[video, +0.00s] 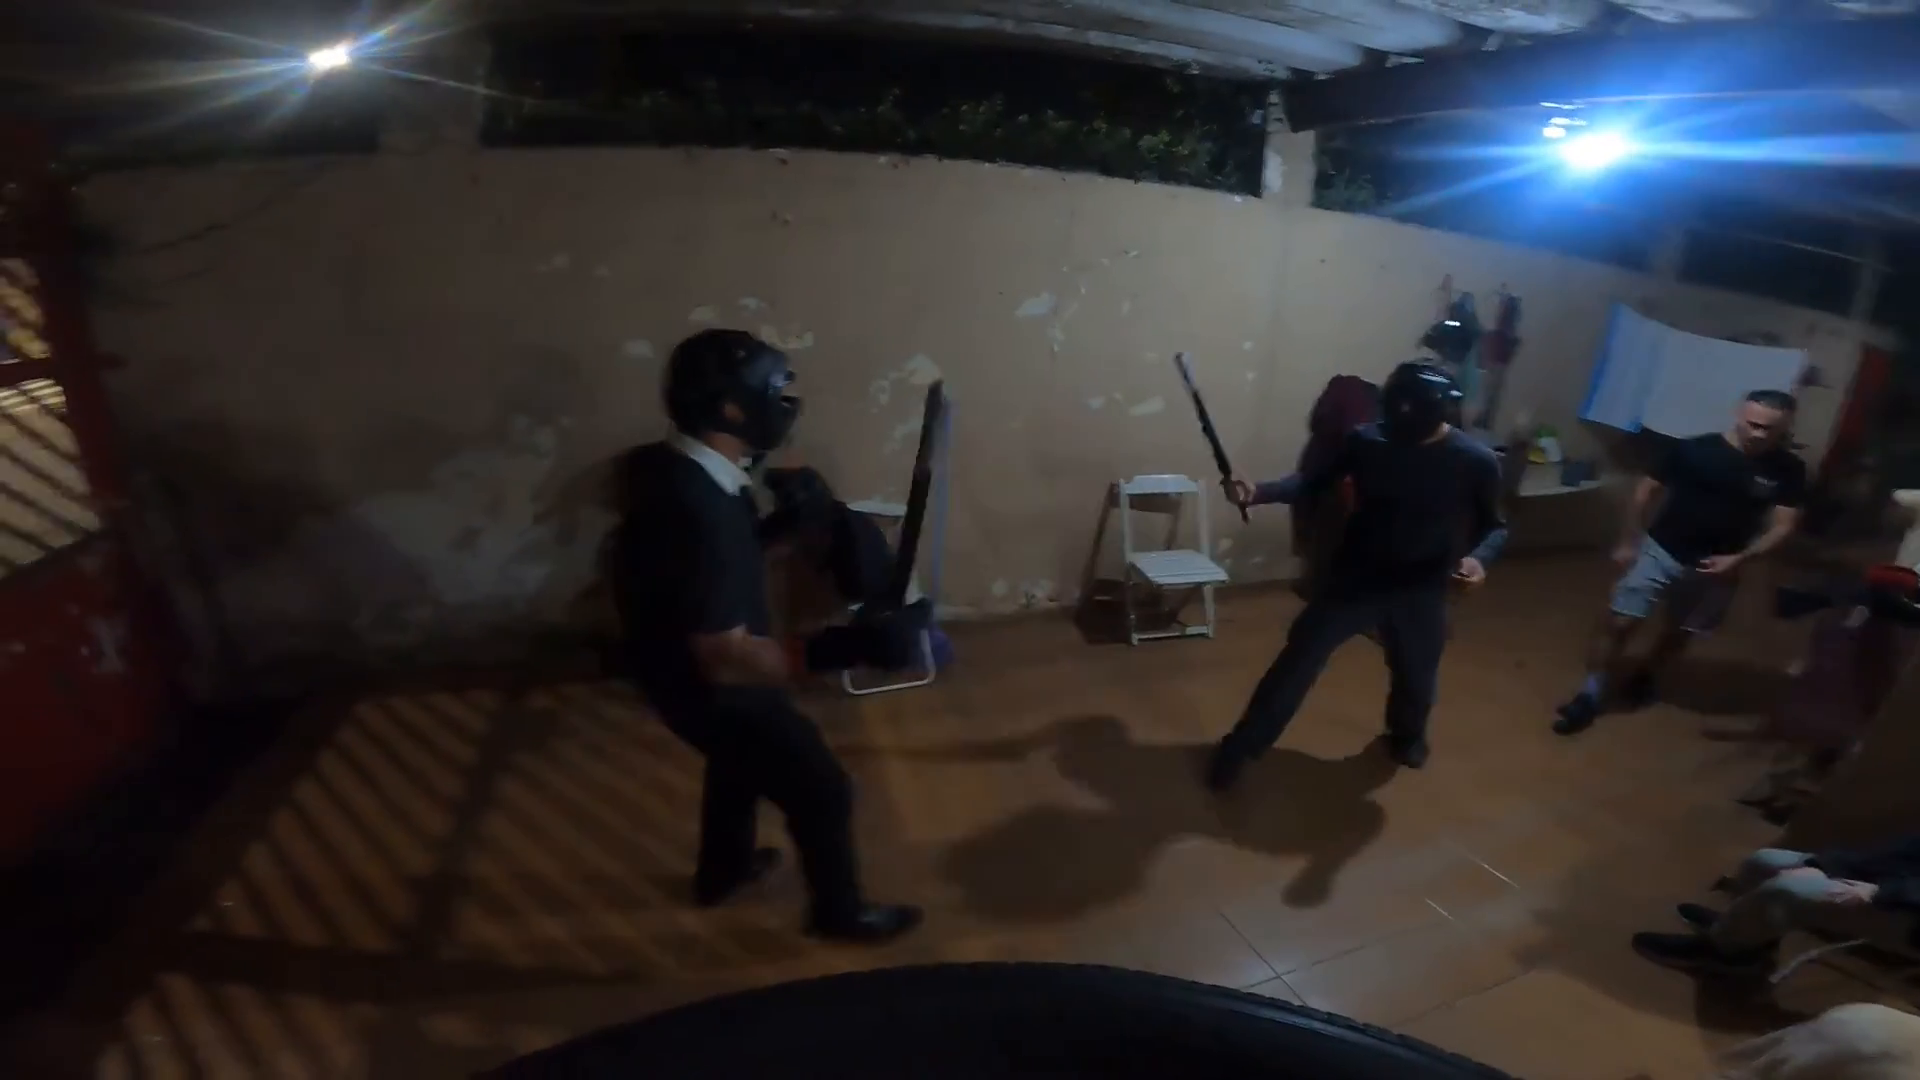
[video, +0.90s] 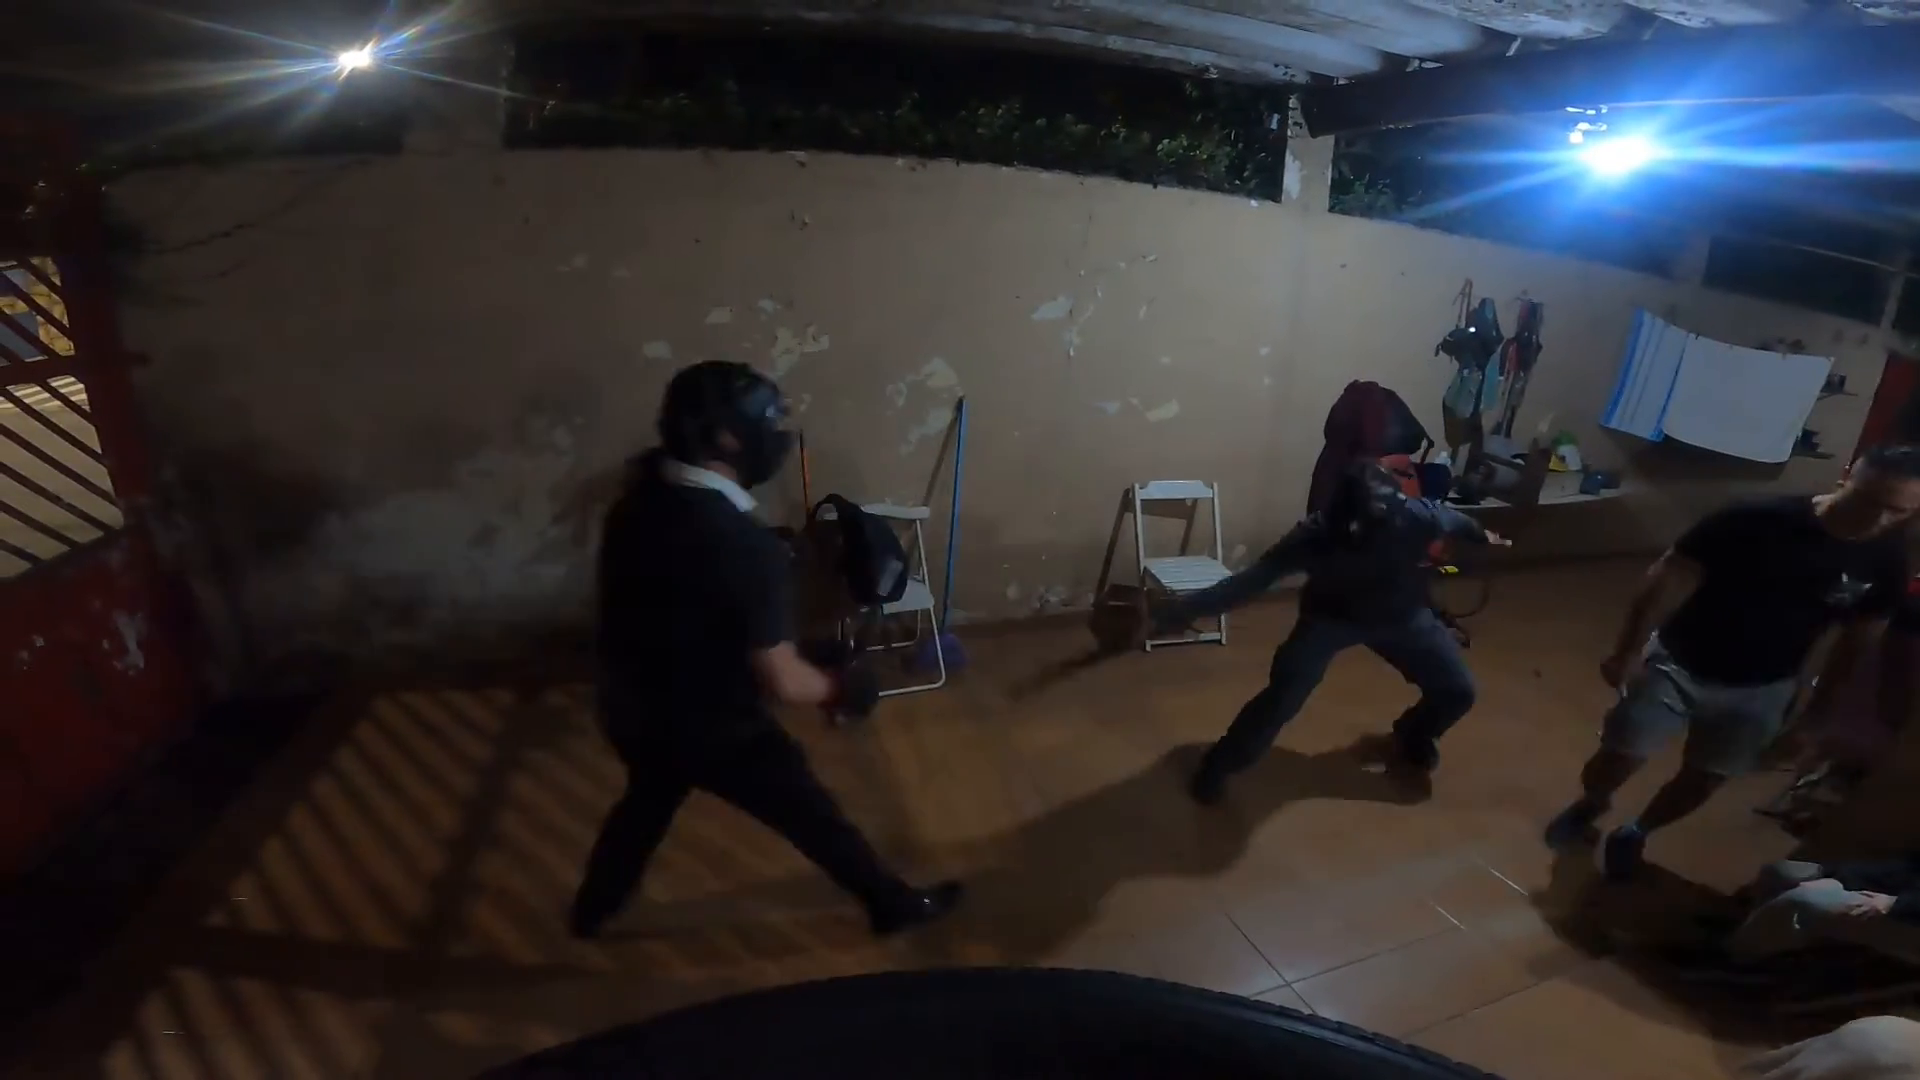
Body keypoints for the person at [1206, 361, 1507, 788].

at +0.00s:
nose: (1395, 420)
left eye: (1406, 412)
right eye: (1392, 410)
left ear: (1434, 414)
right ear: (1388, 406)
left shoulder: (1475, 463)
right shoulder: (1366, 445)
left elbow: (1495, 527)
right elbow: (1314, 483)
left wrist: (1479, 557)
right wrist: (1259, 493)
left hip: (1421, 589)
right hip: (1354, 578)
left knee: (1417, 680)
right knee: (1299, 659)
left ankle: (1407, 740)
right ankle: (1238, 749)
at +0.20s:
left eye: (1380, 399)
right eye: (1372, 397)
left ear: (1408, 405)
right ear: (1371, 400)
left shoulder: (1449, 452)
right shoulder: (1332, 440)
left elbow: (1471, 509)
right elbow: (1261, 485)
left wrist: (1465, 543)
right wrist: (1200, 458)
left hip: (1410, 586)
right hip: (1339, 583)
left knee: (1416, 676)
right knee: (1293, 671)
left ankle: (1415, 738)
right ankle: (1246, 760)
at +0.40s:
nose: (1389, 418)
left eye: (1396, 405)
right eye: (1378, 405)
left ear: (1407, 402)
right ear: (1358, 399)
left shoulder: (1436, 451)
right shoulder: (1320, 442)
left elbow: (1454, 507)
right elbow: (1277, 500)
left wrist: (1456, 543)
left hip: (1396, 585)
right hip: (1325, 583)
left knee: (1400, 675)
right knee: (1282, 672)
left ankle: (1385, 730)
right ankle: (1244, 756)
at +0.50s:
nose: (1402, 414)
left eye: (1409, 403)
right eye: (1392, 401)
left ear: (1418, 402)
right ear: (1368, 399)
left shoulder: (1441, 455)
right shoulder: (1327, 444)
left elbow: (1455, 515)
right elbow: (1290, 515)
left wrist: (1453, 557)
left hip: (1396, 586)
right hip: (1328, 579)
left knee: (1398, 676)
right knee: (1283, 662)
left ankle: (1386, 732)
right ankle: (1246, 753)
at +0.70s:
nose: (1406, 457)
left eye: (1413, 445)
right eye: (1397, 444)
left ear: (1424, 438)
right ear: (1372, 436)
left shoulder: (1444, 481)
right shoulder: (1333, 471)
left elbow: (1461, 543)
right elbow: (1277, 538)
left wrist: (1447, 602)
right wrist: (1312, 587)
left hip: (1402, 608)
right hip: (1331, 599)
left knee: (1407, 690)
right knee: (1279, 682)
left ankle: (1385, 736)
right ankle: (1228, 756)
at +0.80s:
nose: (1385, 485)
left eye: (1393, 472)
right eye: (1376, 471)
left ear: (1407, 464)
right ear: (1357, 461)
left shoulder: (1432, 493)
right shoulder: (1323, 495)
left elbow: (1459, 546)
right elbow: (1251, 548)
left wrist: (1466, 601)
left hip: (1402, 602)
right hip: (1332, 602)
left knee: (1431, 688)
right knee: (1282, 690)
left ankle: (1388, 738)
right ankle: (1215, 762)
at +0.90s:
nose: (1377, 528)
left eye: (1383, 516)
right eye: (1365, 522)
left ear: (1390, 508)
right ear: (1344, 518)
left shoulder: (1408, 516)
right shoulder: (1314, 535)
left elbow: (1453, 521)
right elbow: (1248, 582)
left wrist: (1481, 536)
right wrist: (1181, 610)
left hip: (1399, 615)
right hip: (1329, 618)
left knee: (1456, 691)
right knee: (1284, 697)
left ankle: (1413, 739)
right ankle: (1215, 771)